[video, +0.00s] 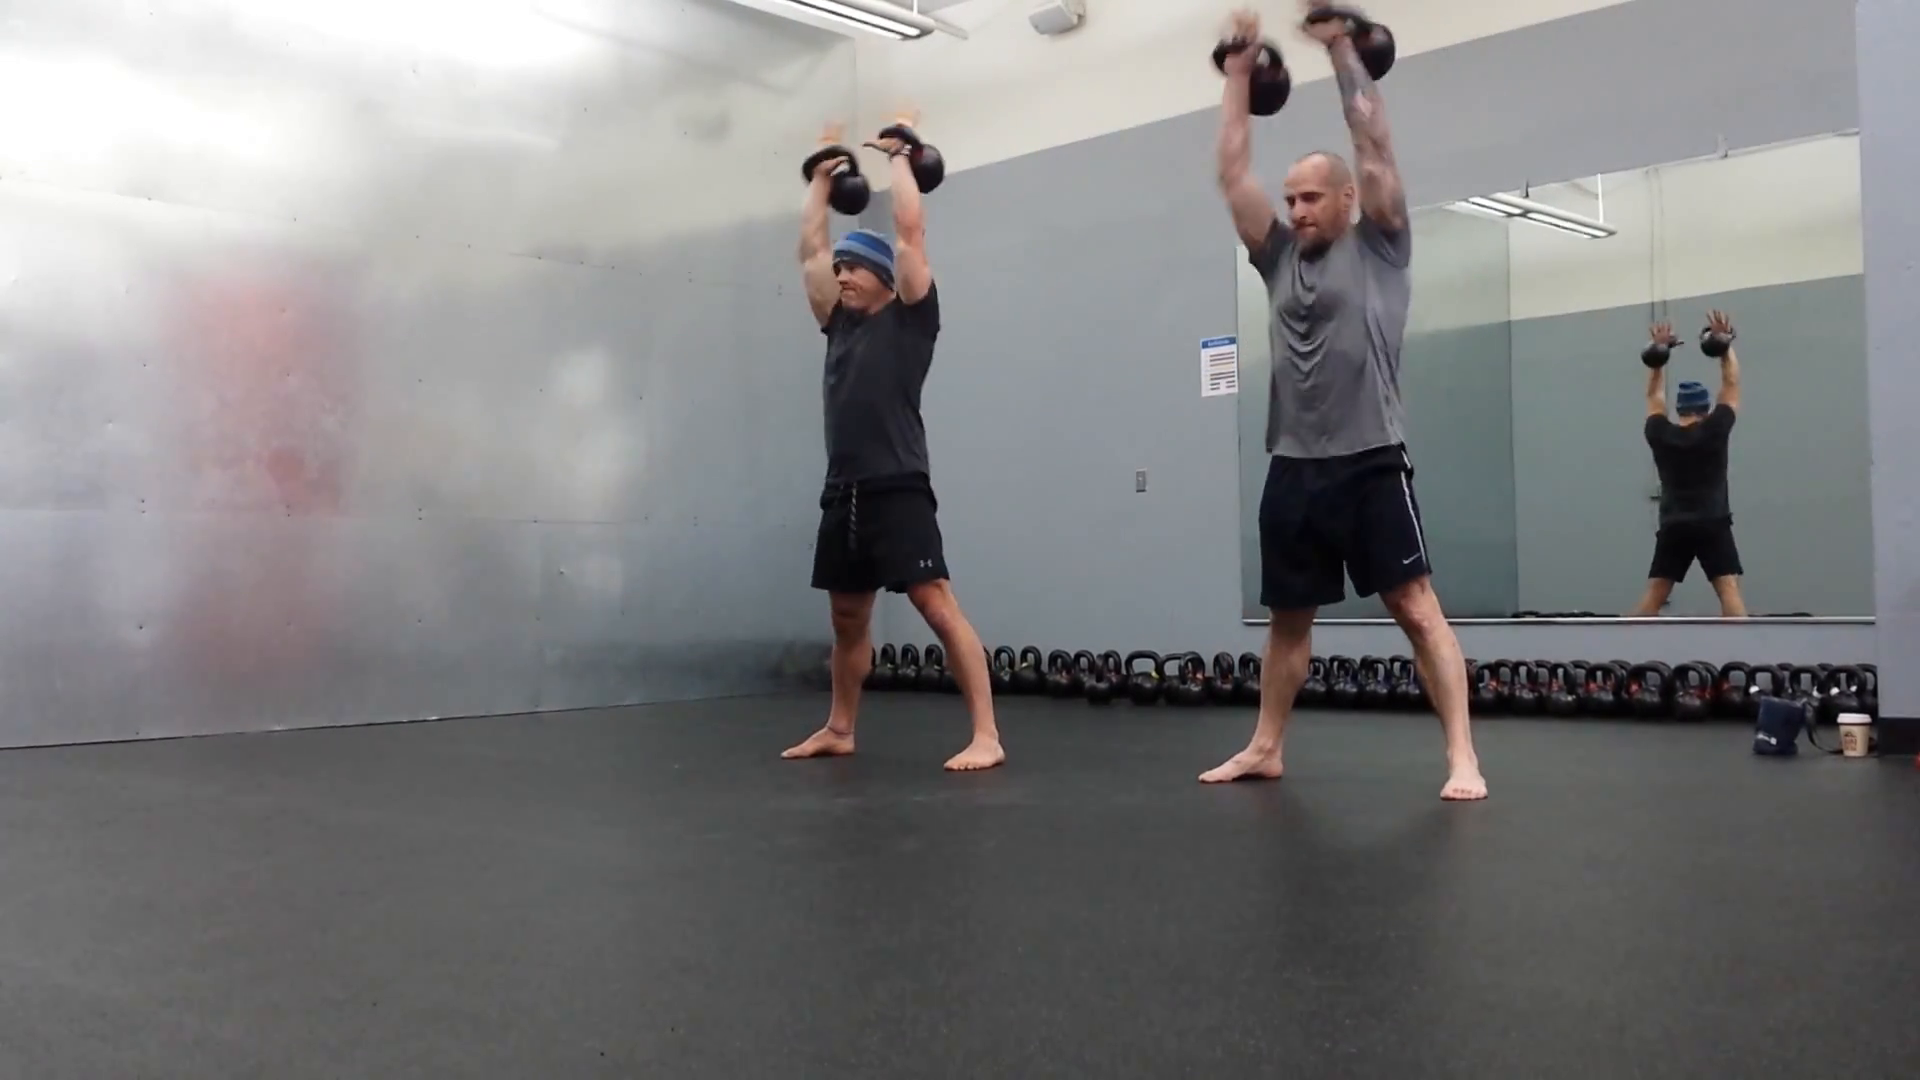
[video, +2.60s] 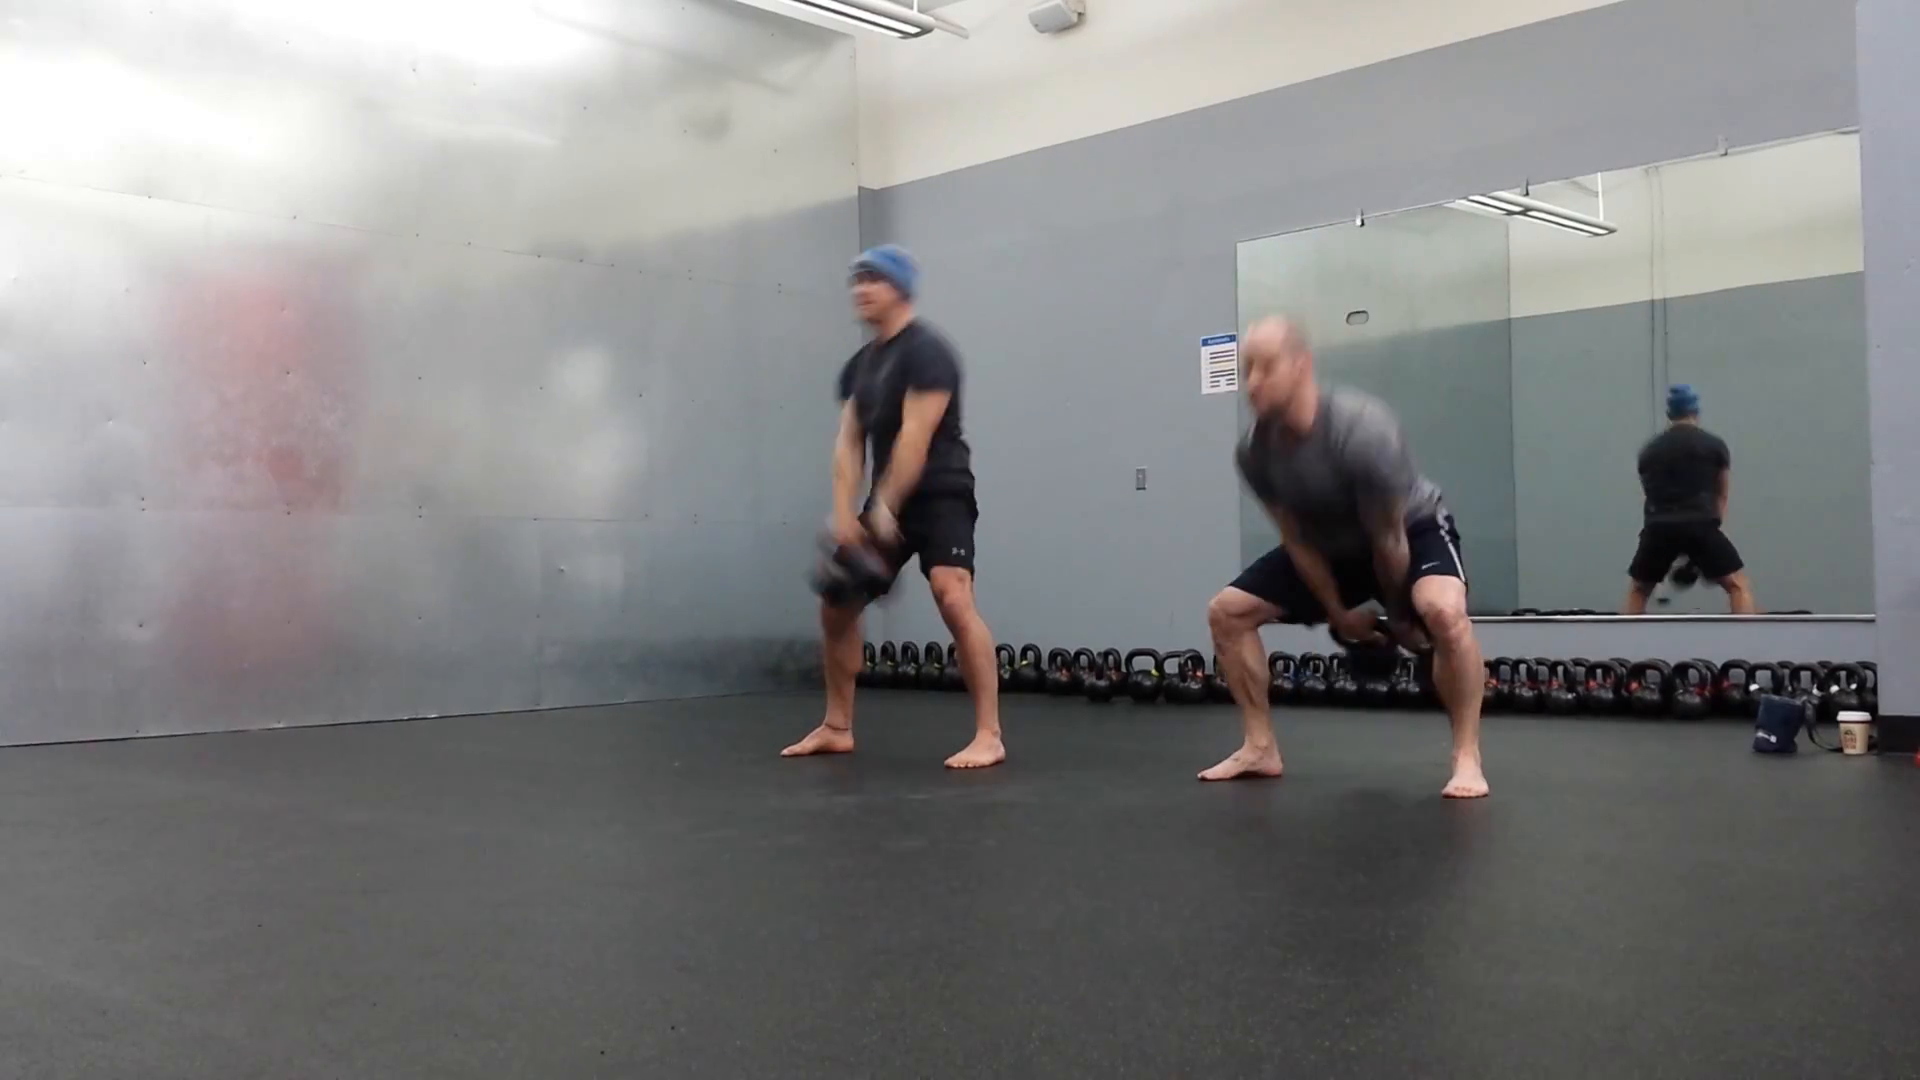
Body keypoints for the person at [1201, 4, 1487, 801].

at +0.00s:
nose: (1298, 209)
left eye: (1309, 197)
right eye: (1294, 200)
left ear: (1346, 198)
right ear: (1288, 208)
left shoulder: (1380, 248)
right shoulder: (1280, 257)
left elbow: (1376, 146)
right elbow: (1232, 171)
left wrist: (1340, 48)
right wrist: (1238, 71)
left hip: (1373, 461)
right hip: (1293, 466)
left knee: (1415, 607)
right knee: (1288, 617)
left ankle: (1462, 759)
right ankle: (1265, 747)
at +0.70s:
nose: (1339, 205)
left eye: (1353, 196)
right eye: (1333, 198)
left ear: (1380, 206)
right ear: (1325, 211)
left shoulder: (1403, 272)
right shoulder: (1304, 280)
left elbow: (1391, 220)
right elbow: (1228, 245)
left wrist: (1379, 144)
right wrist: (1256, 167)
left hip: (1371, 470)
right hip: (1296, 472)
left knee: (1414, 611)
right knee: (1285, 618)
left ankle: (1461, 760)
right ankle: (1264, 747)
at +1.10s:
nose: (1340, 206)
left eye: (1356, 195)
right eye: (1335, 197)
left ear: (1392, 209)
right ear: (1330, 213)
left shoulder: (1417, 284)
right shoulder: (1310, 295)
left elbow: (1395, 344)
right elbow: (1257, 363)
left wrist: (1362, 270)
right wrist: (1275, 278)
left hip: (1374, 474)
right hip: (1298, 474)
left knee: (1416, 612)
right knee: (1288, 617)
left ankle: (1462, 758)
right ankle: (1265, 747)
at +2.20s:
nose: (1349, 233)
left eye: (1360, 220)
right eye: (1341, 223)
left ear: (1394, 223)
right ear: (1335, 231)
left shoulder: (1426, 293)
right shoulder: (1320, 306)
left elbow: (1401, 361)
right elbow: (1292, 376)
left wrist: (1329, 383)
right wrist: (1238, 389)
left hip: (1412, 481)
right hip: (1337, 484)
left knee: (1443, 600)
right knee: (1272, 608)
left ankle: (1467, 757)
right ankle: (1262, 746)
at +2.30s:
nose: (1345, 259)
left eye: (1357, 246)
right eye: (1338, 249)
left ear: (1392, 248)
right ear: (1333, 255)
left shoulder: (1426, 320)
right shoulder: (1322, 328)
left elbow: (1406, 392)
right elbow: (1288, 397)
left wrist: (1363, 446)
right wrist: (1253, 446)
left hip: (1423, 496)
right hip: (1343, 498)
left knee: (1456, 598)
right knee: (1263, 606)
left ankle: (1470, 756)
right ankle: (1262, 746)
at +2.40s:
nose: (1319, 286)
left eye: (1331, 273)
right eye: (1313, 275)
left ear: (1366, 274)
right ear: (1310, 280)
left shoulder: (1411, 346)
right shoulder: (1305, 356)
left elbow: (1399, 455)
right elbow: (1291, 447)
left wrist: (1368, 535)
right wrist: (1282, 529)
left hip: (1425, 504)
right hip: (1348, 509)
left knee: (1461, 601)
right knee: (1252, 602)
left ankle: (1471, 755)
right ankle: (1260, 745)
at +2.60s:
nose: (1253, 383)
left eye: (1266, 367)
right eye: (1248, 369)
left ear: (1303, 363)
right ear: (1242, 374)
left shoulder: (1366, 428)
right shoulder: (1256, 454)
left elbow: (1390, 538)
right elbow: (1296, 540)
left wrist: (1401, 619)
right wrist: (1338, 614)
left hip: (1412, 532)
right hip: (1334, 546)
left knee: (1444, 613)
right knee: (1228, 612)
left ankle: (1467, 756)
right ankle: (1260, 747)